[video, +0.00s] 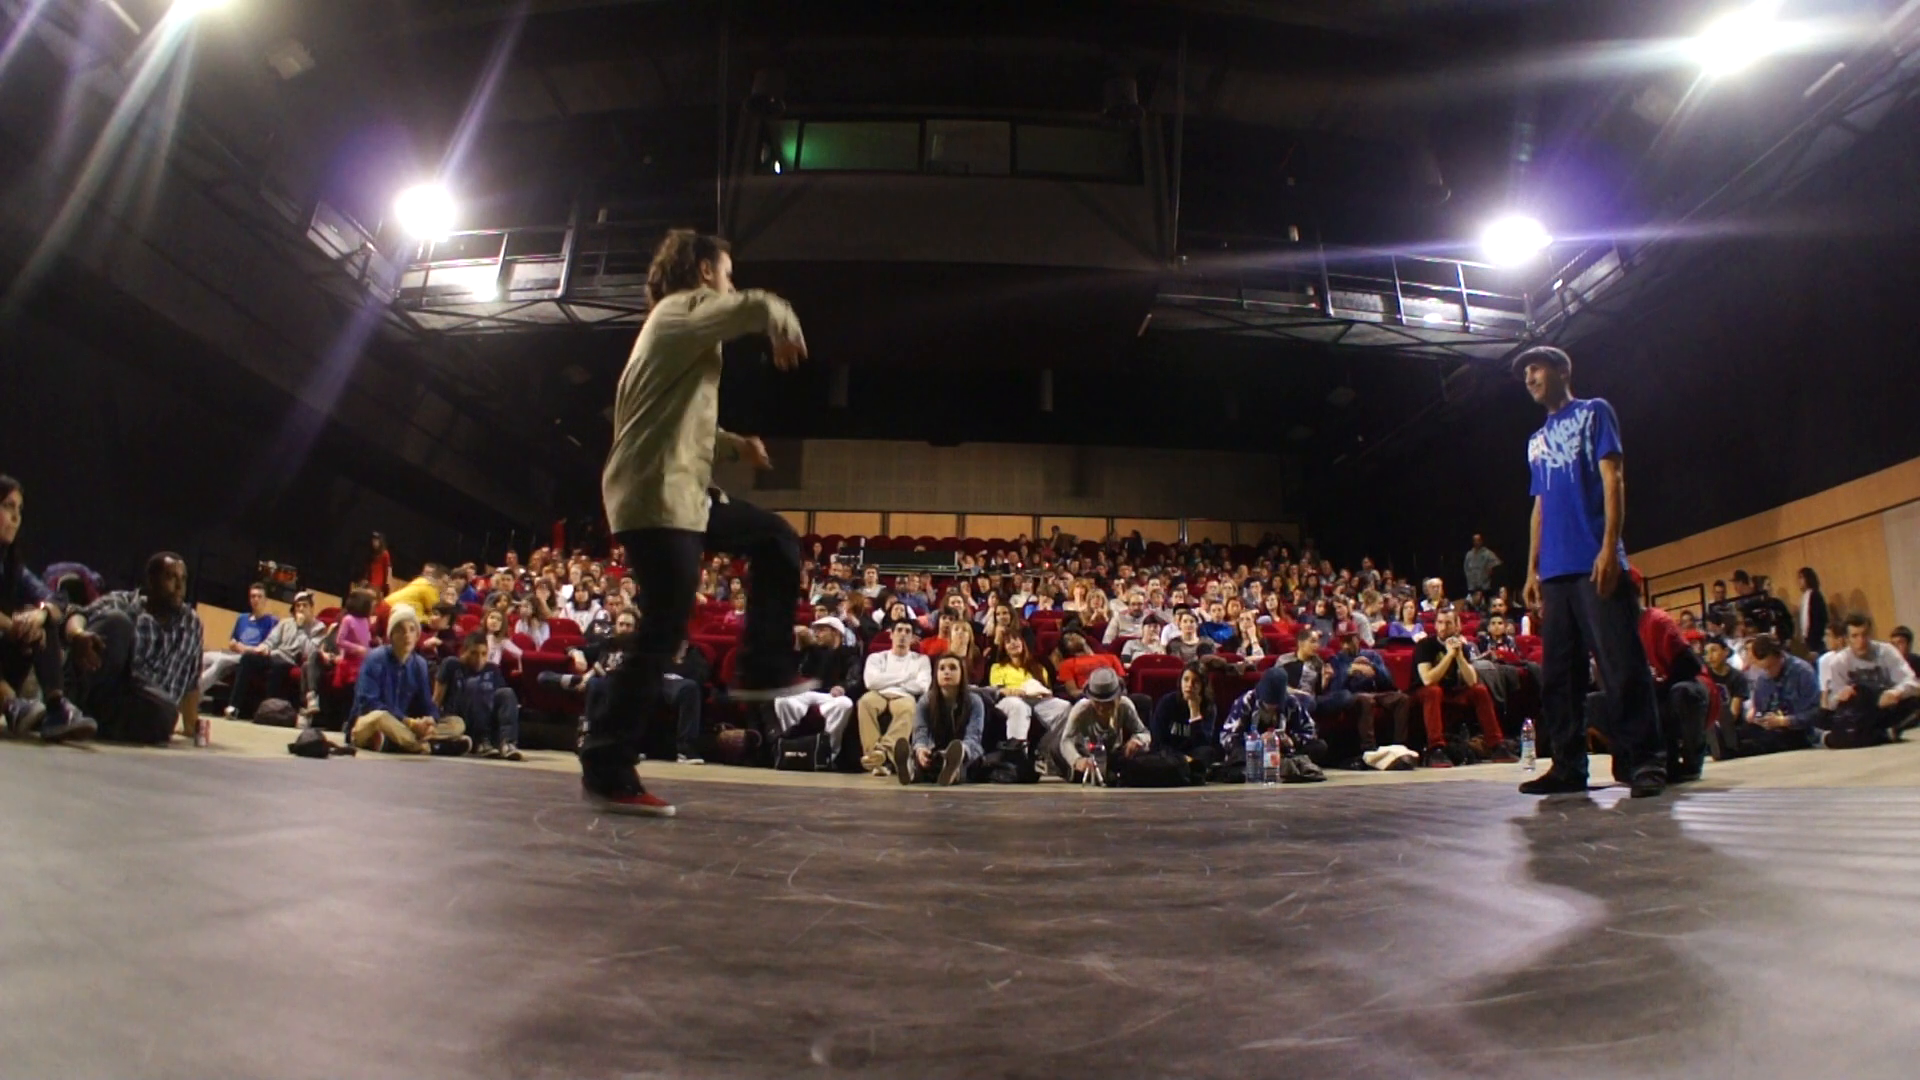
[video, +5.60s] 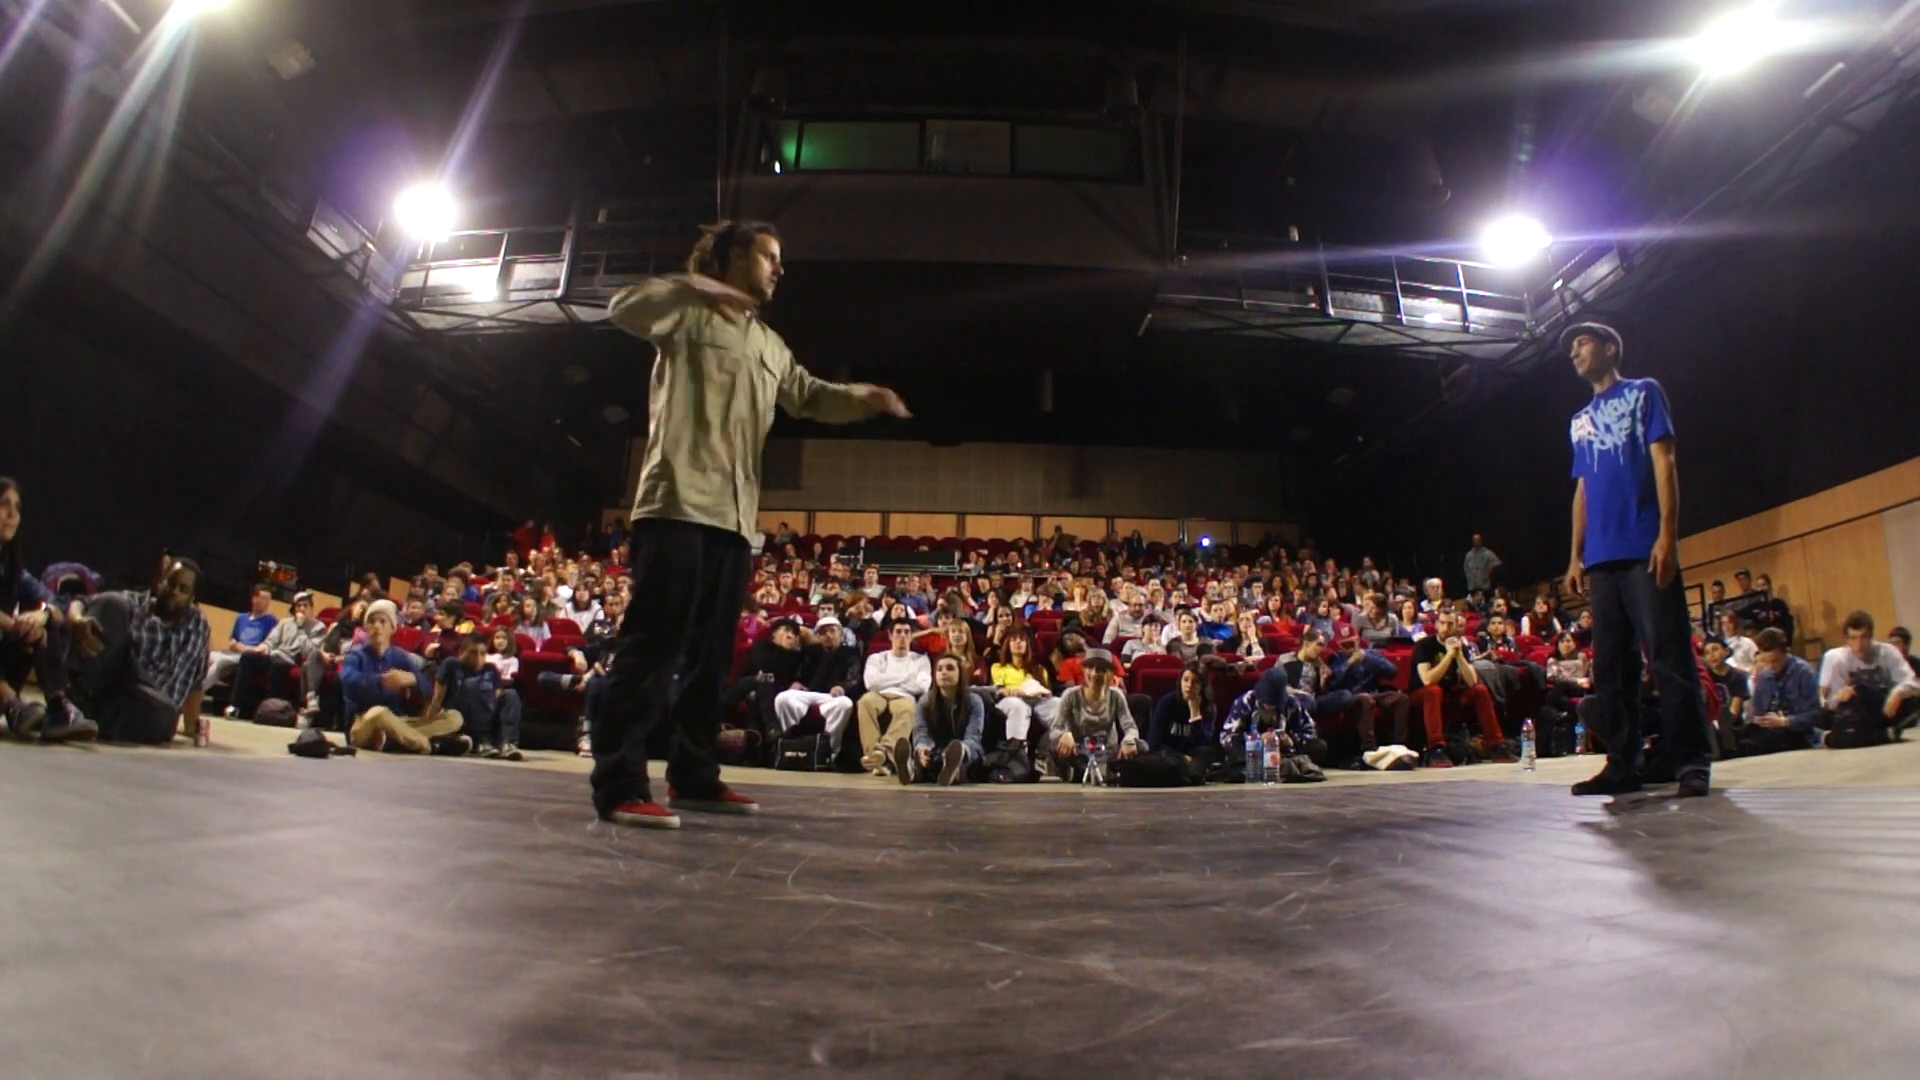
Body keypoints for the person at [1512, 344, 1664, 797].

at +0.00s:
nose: (1530, 379)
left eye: (1537, 370)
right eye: (1526, 375)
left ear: (1563, 372)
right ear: (1528, 385)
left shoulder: (1594, 411)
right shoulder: (1536, 442)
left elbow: (1614, 479)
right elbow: (1539, 507)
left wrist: (1610, 548)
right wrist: (1533, 569)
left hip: (1596, 566)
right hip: (1554, 574)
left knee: (1623, 669)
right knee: (1559, 674)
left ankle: (1646, 763)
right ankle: (1568, 766)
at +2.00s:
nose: (1548, 369)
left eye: (1556, 359)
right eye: (1545, 363)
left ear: (1582, 361)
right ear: (1547, 372)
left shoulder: (1615, 403)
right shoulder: (1556, 431)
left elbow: (1640, 470)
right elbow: (1559, 497)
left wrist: (1651, 542)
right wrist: (1549, 556)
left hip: (1623, 555)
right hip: (1579, 563)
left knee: (1640, 662)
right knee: (1578, 665)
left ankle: (1648, 764)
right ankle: (1569, 767)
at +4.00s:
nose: (1583, 356)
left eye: (1591, 345)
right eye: (1580, 350)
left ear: (1619, 348)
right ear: (1586, 361)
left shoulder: (1651, 391)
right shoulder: (1590, 421)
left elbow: (1674, 462)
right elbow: (1592, 489)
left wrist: (1675, 538)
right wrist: (1586, 554)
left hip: (1650, 551)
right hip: (1607, 559)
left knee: (1671, 661)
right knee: (1614, 665)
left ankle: (1692, 763)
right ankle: (1622, 764)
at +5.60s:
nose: (1575, 353)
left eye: (1584, 343)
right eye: (1572, 349)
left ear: (1612, 349)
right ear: (1575, 363)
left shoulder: (1643, 392)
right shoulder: (1579, 421)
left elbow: (1665, 461)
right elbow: (1582, 490)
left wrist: (1668, 536)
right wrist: (1576, 555)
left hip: (1645, 551)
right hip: (1600, 561)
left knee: (1669, 662)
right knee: (1612, 668)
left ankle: (1691, 764)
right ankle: (1622, 766)